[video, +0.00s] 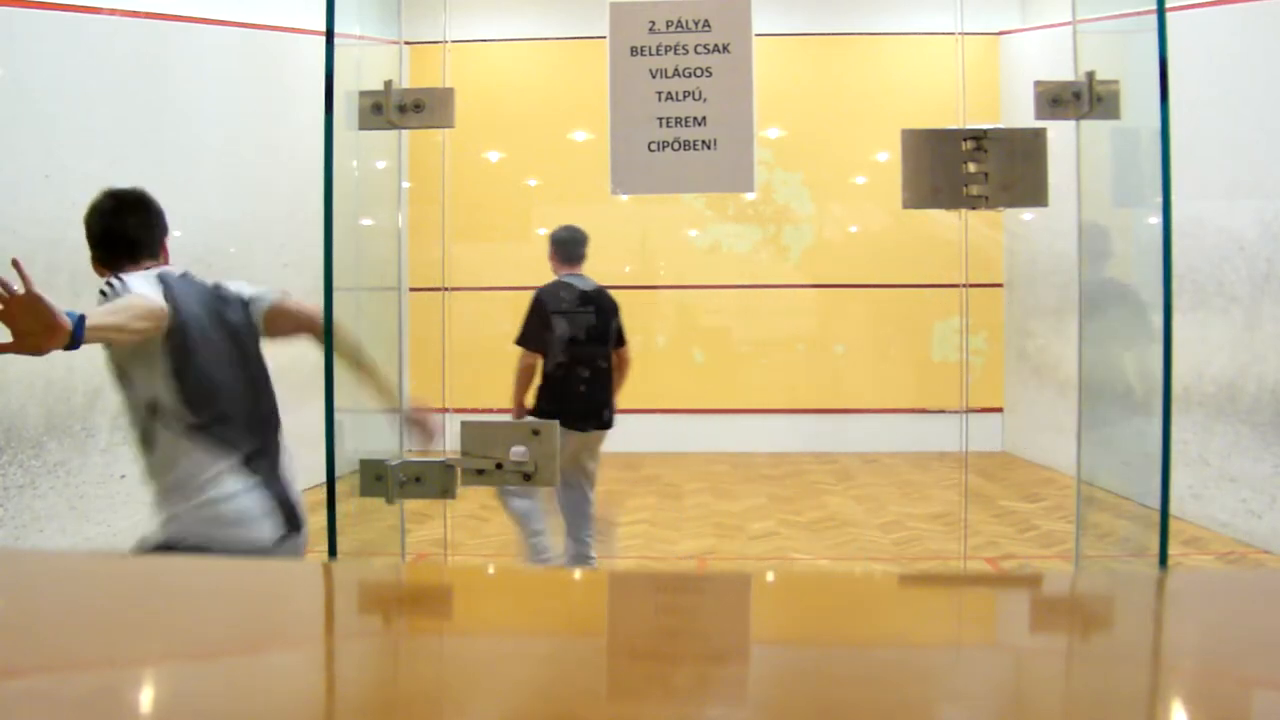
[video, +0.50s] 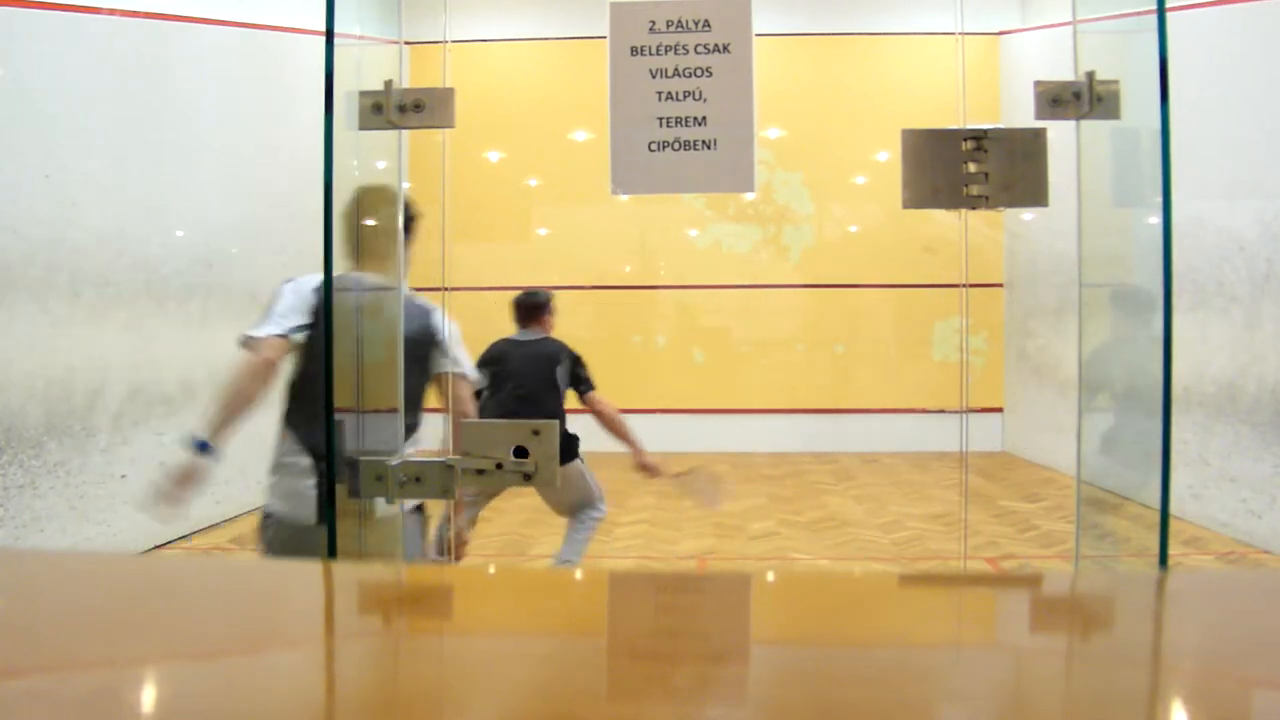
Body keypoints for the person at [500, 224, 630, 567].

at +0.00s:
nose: (549, 258)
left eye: (550, 253)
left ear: (552, 255)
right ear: (584, 255)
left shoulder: (547, 297)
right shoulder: (604, 299)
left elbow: (530, 359)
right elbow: (621, 358)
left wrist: (518, 403)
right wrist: (608, 397)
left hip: (556, 409)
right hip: (597, 409)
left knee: (514, 479)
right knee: (578, 483)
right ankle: (582, 560)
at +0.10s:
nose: (529, 266)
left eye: (530, 262)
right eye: (534, 262)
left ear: (533, 264)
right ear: (564, 265)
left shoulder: (527, 301)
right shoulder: (584, 305)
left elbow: (510, 366)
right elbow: (602, 369)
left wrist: (494, 416)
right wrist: (586, 402)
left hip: (539, 416)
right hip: (583, 416)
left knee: (499, 487)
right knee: (563, 489)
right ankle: (579, 563)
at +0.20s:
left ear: (512, 287)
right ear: (544, 289)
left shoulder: (502, 322)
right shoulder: (558, 325)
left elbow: (487, 381)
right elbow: (577, 373)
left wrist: (475, 432)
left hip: (525, 423)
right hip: (570, 424)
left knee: (485, 494)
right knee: (555, 493)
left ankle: (434, 561)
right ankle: (580, 564)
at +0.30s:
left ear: (498, 310)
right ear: (531, 313)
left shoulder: (484, 344)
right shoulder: (546, 347)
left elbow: (470, 395)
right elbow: (569, 407)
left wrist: (459, 444)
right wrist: (573, 451)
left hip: (499, 442)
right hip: (552, 441)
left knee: (464, 508)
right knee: (564, 497)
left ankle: (436, 571)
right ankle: (568, 566)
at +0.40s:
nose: (535, 324)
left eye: (533, 318)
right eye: (534, 319)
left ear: (499, 322)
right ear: (530, 322)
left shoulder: (480, 354)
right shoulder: (549, 355)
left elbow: (457, 411)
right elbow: (579, 415)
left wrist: (433, 450)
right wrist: (600, 462)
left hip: (488, 450)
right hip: (546, 451)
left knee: (460, 509)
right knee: (572, 502)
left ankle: (435, 569)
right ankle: (562, 569)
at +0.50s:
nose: (553, 320)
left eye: (551, 314)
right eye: (551, 314)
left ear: (517, 317)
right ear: (545, 317)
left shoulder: (495, 351)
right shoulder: (562, 354)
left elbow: (467, 399)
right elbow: (597, 406)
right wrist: (637, 450)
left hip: (495, 452)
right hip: (548, 453)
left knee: (464, 508)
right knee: (588, 508)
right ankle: (563, 570)